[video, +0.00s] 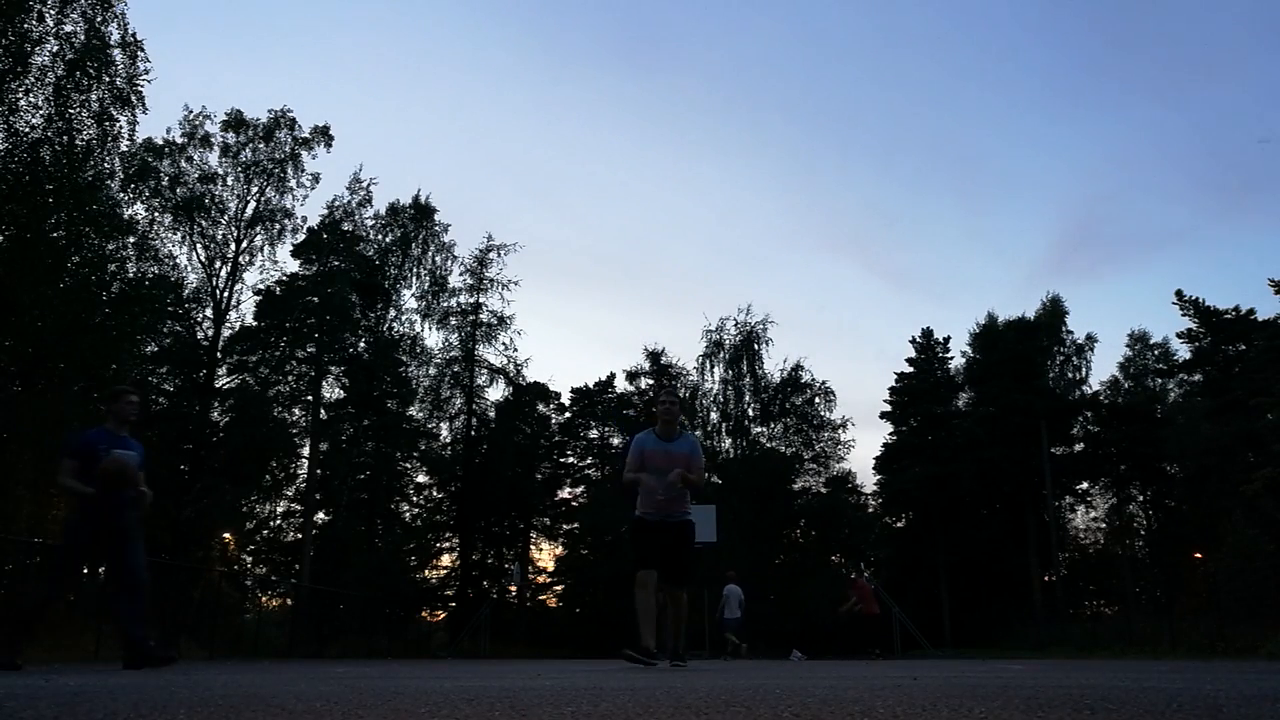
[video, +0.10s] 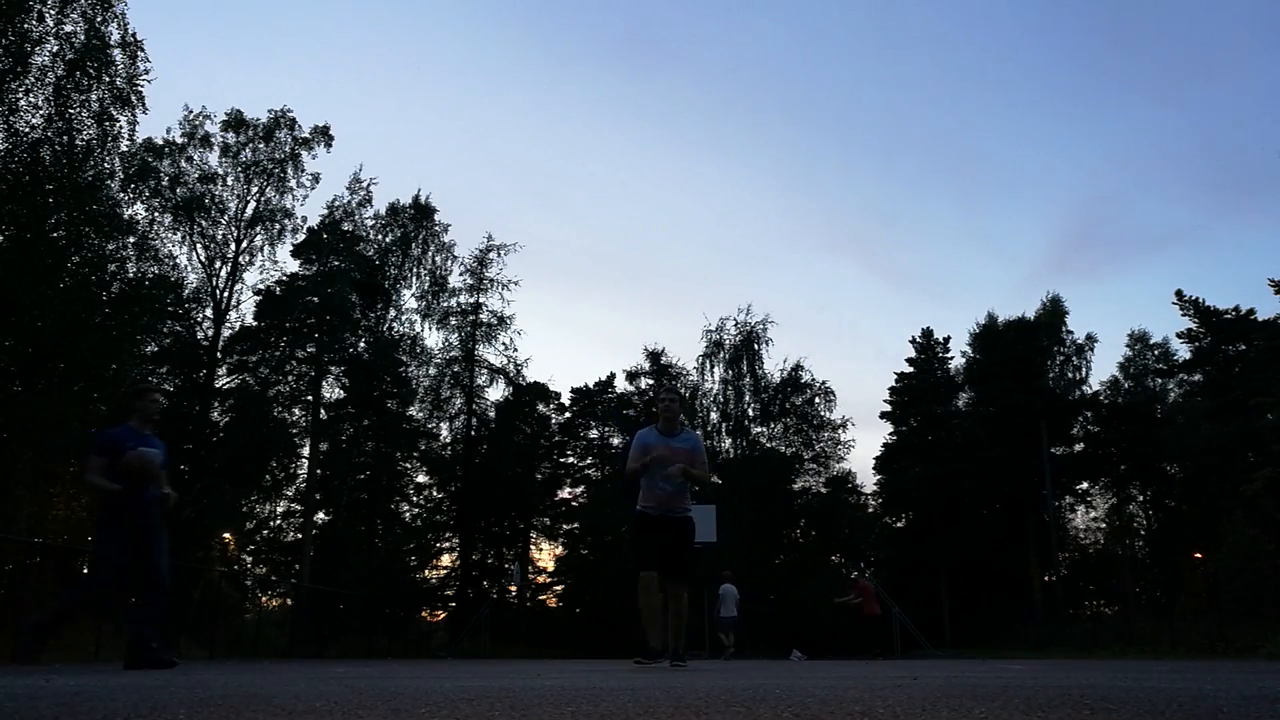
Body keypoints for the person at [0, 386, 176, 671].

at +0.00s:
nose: (133, 410)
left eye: (136, 405)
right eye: (128, 404)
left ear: (137, 411)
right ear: (113, 406)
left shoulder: (135, 447)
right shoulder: (90, 439)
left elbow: (138, 482)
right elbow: (66, 478)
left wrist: (144, 491)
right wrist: (92, 492)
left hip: (124, 524)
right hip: (89, 521)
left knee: (131, 584)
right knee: (60, 582)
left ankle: (136, 651)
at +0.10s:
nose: (158, 407)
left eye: (159, 402)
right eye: (153, 402)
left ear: (157, 408)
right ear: (138, 405)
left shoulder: (157, 444)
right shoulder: (114, 437)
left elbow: (161, 481)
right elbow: (93, 476)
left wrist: (167, 492)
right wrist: (121, 489)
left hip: (148, 522)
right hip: (117, 521)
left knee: (152, 584)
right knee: (107, 585)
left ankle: (144, 651)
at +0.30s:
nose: (200, 397)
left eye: (201, 393)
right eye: (195, 392)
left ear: (198, 398)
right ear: (179, 394)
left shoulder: (197, 434)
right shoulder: (157, 427)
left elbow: (203, 470)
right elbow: (135, 468)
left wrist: (213, 488)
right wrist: (161, 480)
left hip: (184, 511)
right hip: (156, 510)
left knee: (173, 577)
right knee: (167, 576)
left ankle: (159, 649)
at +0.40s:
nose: (221, 400)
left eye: (221, 396)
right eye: (216, 395)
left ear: (214, 400)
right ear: (200, 397)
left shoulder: (213, 434)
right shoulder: (177, 430)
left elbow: (222, 471)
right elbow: (154, 472)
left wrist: (238, 496)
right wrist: (183, 485)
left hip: (201, 513)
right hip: (175, 512)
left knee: (173, 580)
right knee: (193, 577)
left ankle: (147, 650)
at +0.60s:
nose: (260, 404)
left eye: (260, 399)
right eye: (255, 399)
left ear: (251, 404)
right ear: (238, 401)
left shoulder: (252, 439)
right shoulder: (219, 434)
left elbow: (258, 484)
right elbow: (198, 476)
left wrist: (273, 520)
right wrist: (225, 487)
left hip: (239, 519)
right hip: (218, 519)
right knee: (244, 579)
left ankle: (164, 641)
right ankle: (246, 652)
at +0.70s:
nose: (280, 399)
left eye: (279, 395)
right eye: (275, 394)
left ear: (268, 398)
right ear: (260, 396)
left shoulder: (270, 432)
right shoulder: (238, 428)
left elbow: (274, 481)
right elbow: (219, 470)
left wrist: (280, 520)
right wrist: (252, 467)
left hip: (261, 513)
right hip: (242, 513)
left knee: (258, 579)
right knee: (256, 578)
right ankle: (247, 651)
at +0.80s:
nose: (302, 396)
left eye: (303, 392)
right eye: (298, 391)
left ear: (294, 394)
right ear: (282, 390)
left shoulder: (288, 426)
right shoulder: (260, 421)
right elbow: (242, 458)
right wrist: (279, 448)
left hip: (279, 509)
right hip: (258, 509)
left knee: (288, 574)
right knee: (261, 575)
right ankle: (247, 650)